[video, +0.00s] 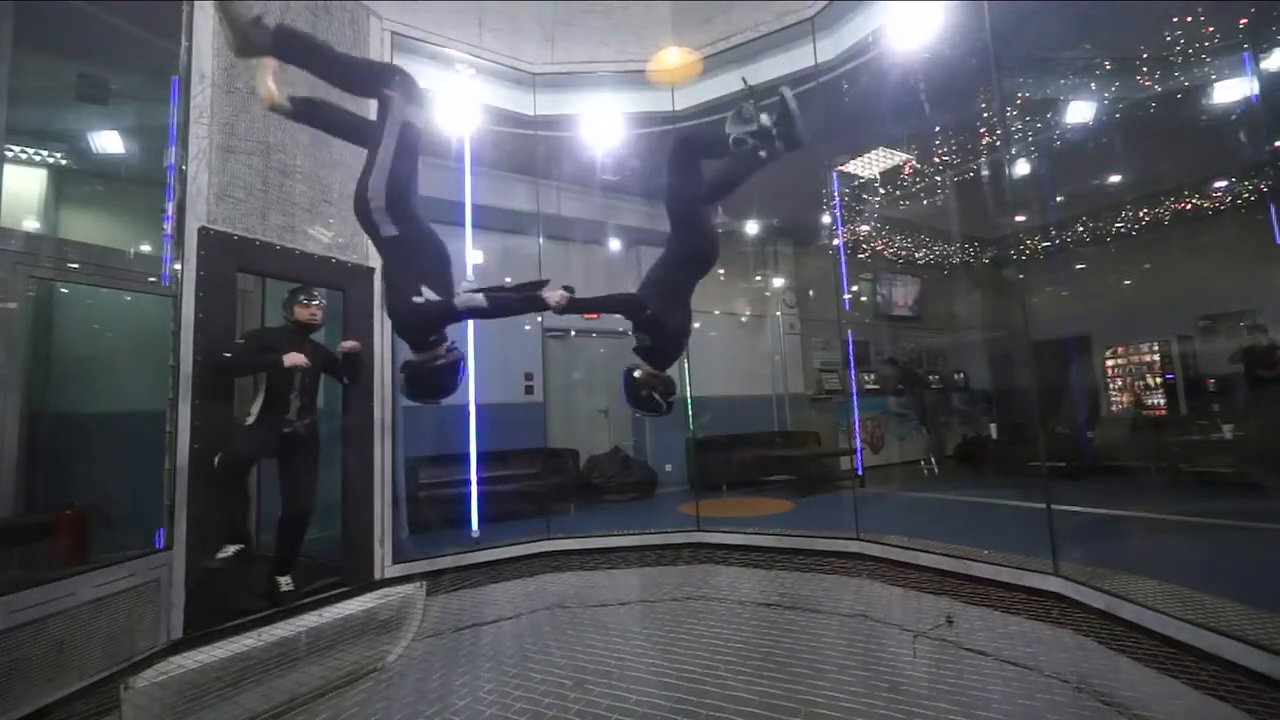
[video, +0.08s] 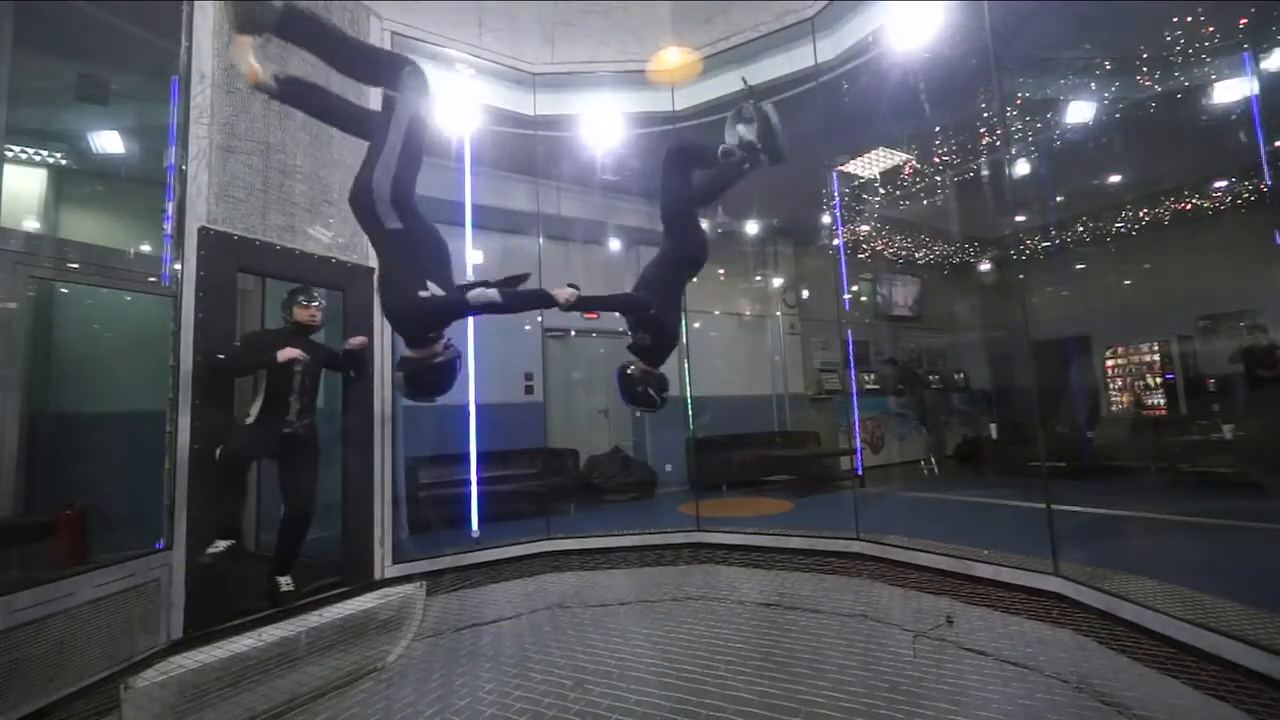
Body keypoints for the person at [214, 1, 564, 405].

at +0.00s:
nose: (447, 355)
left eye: (443, 361)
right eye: (451, 364)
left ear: (432, 361)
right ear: (443, 359)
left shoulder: (418, 322)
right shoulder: (421, 322)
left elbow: (477, 306)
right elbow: (482, 301)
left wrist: (537, 298)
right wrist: (540, 294)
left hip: (385, 218)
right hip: (395, 222)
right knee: (386, 142)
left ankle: (258, 34)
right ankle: (287, 104)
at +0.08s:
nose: (447, 351)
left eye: (441, 357)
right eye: (450, 358)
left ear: (426, 358)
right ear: (442, 355)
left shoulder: (417, 322)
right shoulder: (421, 320)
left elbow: (483, 304)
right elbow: (478, 298)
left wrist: (548, 298)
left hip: (377, 209)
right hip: (397, 216)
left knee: (344, 55)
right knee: (367, 122)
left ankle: (266, 14)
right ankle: (272, 84)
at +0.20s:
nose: (438, 348)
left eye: (425, 363)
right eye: (436, 361)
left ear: (425, 355)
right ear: (434, 356)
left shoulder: (431, 311)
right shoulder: (402, 308)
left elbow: (507, 296)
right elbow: (470, 283)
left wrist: (563, 295)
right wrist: (510, 285)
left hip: (390, 192)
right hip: (369, 195)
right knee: (343, 93)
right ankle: (254, 48)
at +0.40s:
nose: (436, 344)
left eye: (432, 349)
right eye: (440, 349)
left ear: (426, 346)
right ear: (438, 345)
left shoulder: (452, 302)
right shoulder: (384, 295)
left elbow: (517, 290)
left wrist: (567, 289)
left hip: (421, 178)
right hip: (373, 184)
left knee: (457, 49)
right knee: (356, 80)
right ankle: (259, 3)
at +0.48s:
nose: (448, 339)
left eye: (439, 350)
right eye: (447, 350)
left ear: (426, 342)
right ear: (440, 341)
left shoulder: (468, 297)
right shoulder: (384, 291)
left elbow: (530, 284)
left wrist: (574, 282)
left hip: (437, 158)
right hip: (376, 160)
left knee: (476, 44)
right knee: (351, 60)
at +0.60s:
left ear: (463, 345)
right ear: (426, 343)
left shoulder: (484, 291)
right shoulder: (396, 288)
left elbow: (536, 280)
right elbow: (363, 261)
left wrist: (573, 276)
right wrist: (368, 263)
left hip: (460, 151)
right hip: (397, 148)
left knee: (498, 36)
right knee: (365, 48)